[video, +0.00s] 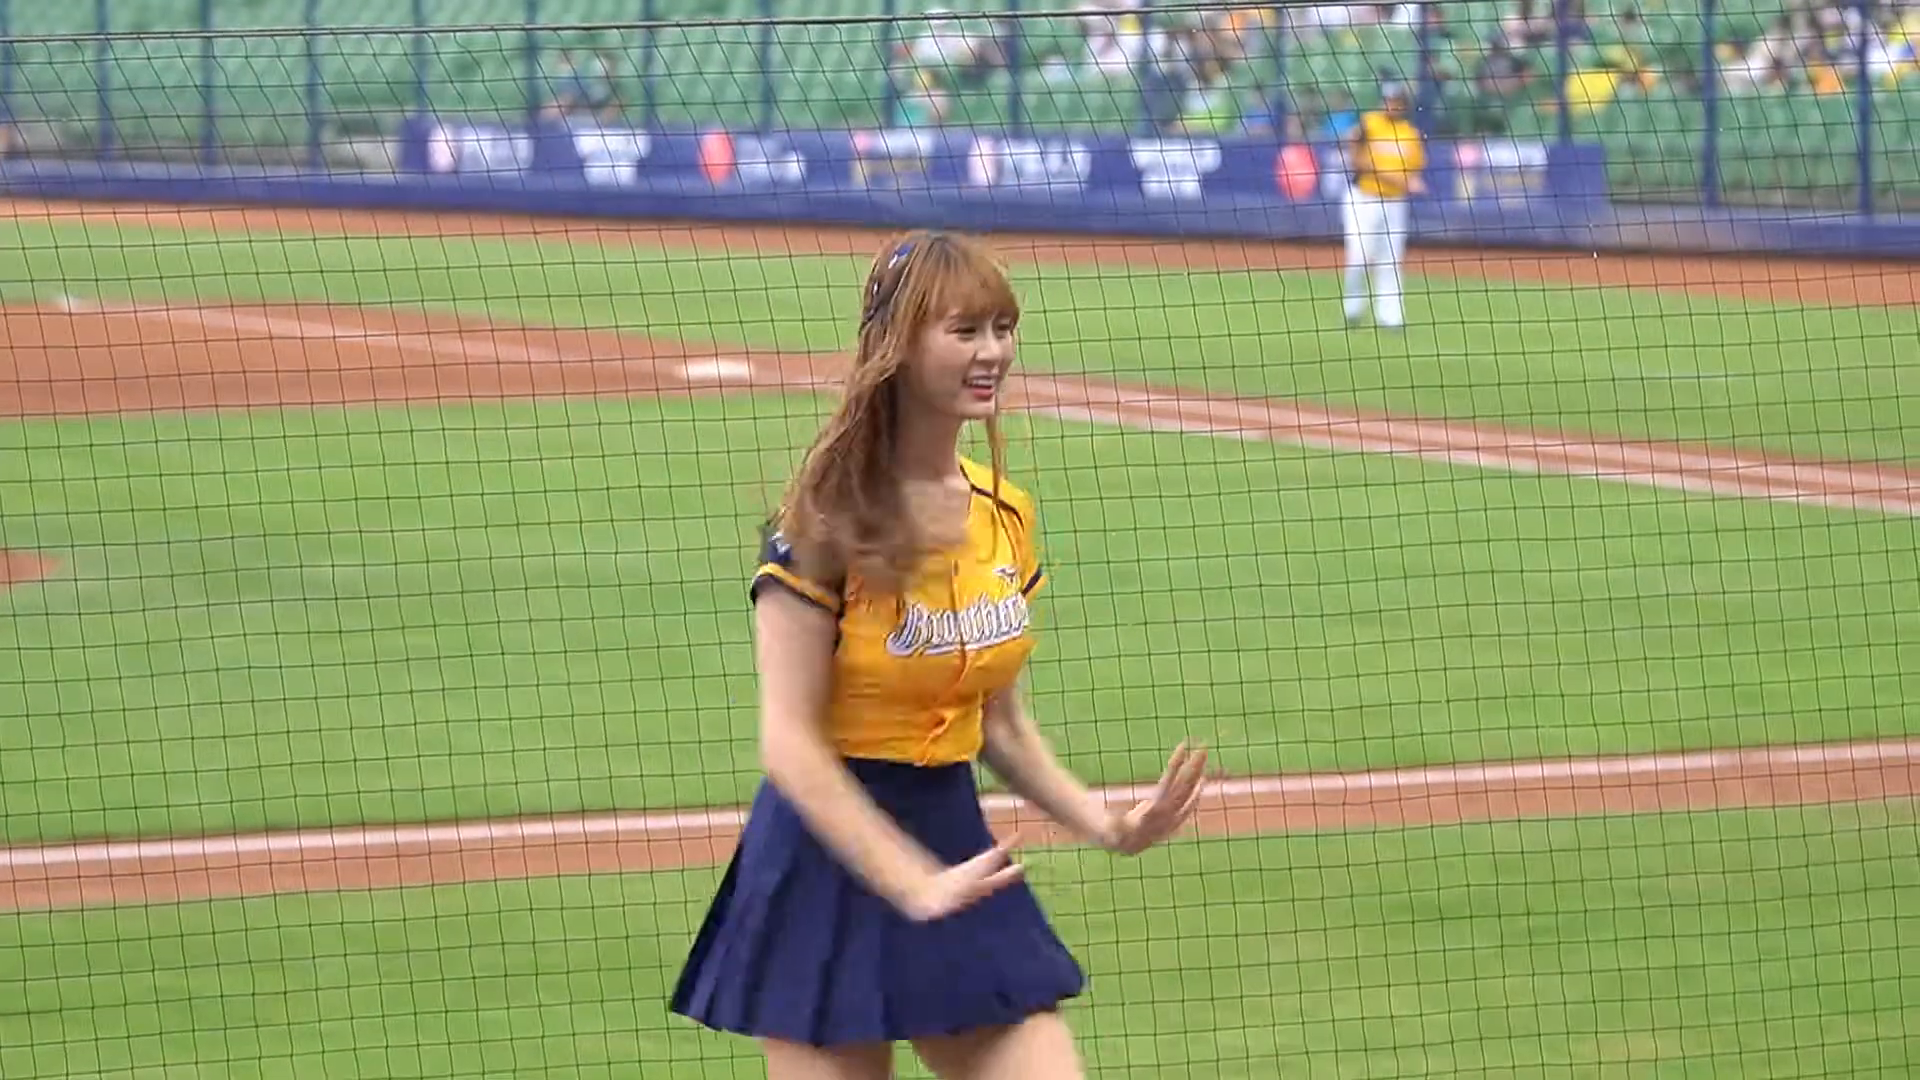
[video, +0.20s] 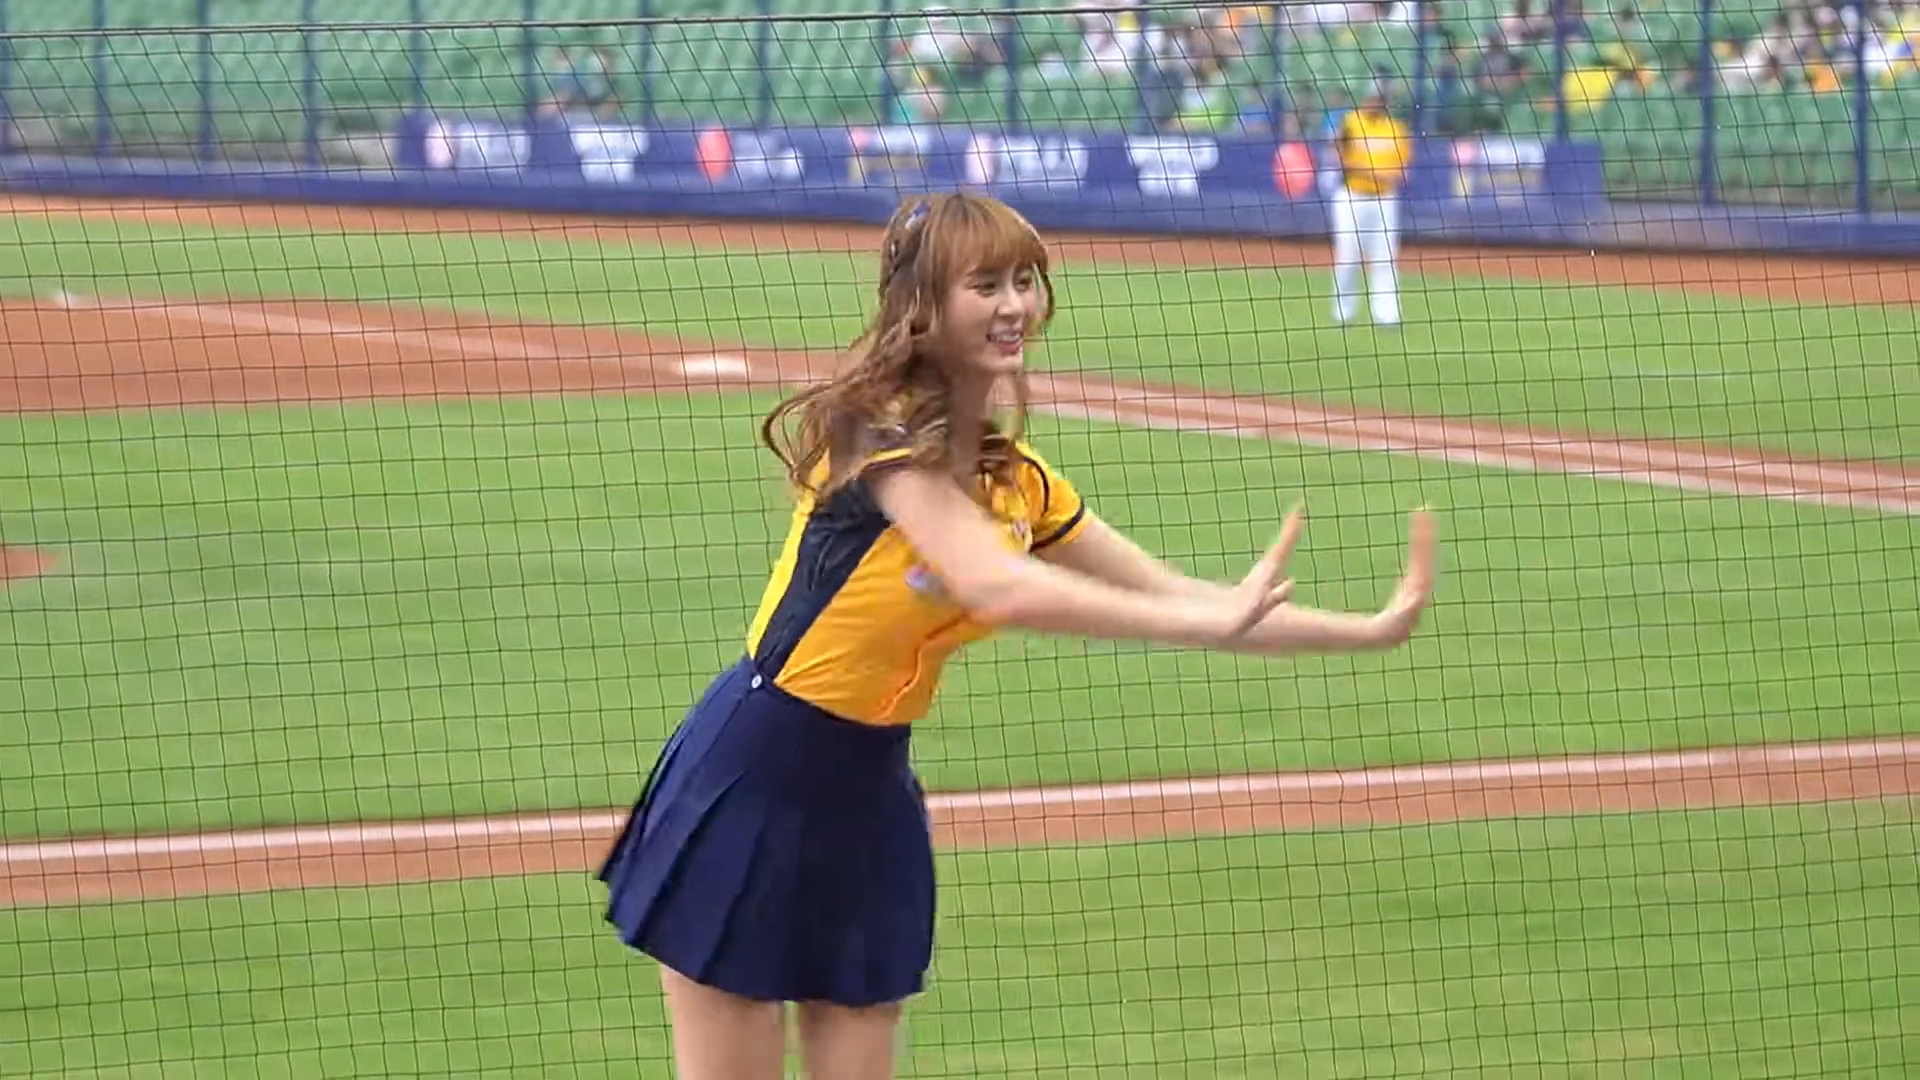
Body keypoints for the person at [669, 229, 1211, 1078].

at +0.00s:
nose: (994, 353)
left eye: (1003, 329)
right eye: (965, 330)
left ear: (1014, 339)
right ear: (895, 344)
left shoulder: (1004, 511)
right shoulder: (825, 519)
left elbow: (998, 715)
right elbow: (787, 741)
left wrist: (1097, 818)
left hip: (950, 830)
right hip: (827, 830)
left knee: (1047, 1061)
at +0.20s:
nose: (1019, 305)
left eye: (1029, 284)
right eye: (989, 284)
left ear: (1040, 303)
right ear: (921, 304)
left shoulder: (1018, 477)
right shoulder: (876, 431)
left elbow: (1175, 598)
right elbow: (989, 585)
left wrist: (1370, 629)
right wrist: (1192, 614)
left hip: (869, 789)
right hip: (749, 776)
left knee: (856, 1062)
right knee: (728, 1064)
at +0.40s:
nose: (995, 318)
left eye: (1005, 296)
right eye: (968, 297)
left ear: (1017, 310)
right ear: (903, 315)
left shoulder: (991, 478)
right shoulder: (860, 459)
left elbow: (1148, 617)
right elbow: (937, 635)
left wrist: (1331, 684)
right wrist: (1145, 662)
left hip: (850, 803)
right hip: (746, 789)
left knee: (851, 1069)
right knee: (739, 1071)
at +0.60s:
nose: (916, 392)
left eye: (925, 368)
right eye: (894, 367)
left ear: (936, 374)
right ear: (820, 367)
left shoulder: (940, 516)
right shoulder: (739, 533)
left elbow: (980, 713)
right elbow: (736, 753)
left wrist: (998, 856)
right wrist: (853, 883)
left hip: (917, 839)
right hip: (792, 842)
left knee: (963, 1057)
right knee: (818, 1057)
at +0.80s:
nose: (936, 313)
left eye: (945, 290)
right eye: (911, 289)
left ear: (954, 302)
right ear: (834, 303)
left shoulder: (984, 437)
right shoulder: (753, 472)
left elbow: (1027, 608)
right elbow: (714, 676)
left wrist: (967, 701)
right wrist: (694, 731)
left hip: (938, 797)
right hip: (799, 801)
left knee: (929, 1061)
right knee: (809, 1063)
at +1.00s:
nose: (939, 356)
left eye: (949, 336)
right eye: (913, 333)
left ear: (962, 355)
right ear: (843, 353)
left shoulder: (986, 479)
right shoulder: (776, 519)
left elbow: (1014, 587)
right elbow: (655, 657)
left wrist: (993, 641)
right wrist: (587, 690)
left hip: (942, 831)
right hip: (804, 831)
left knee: (939, 1059)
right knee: (786, 1060)